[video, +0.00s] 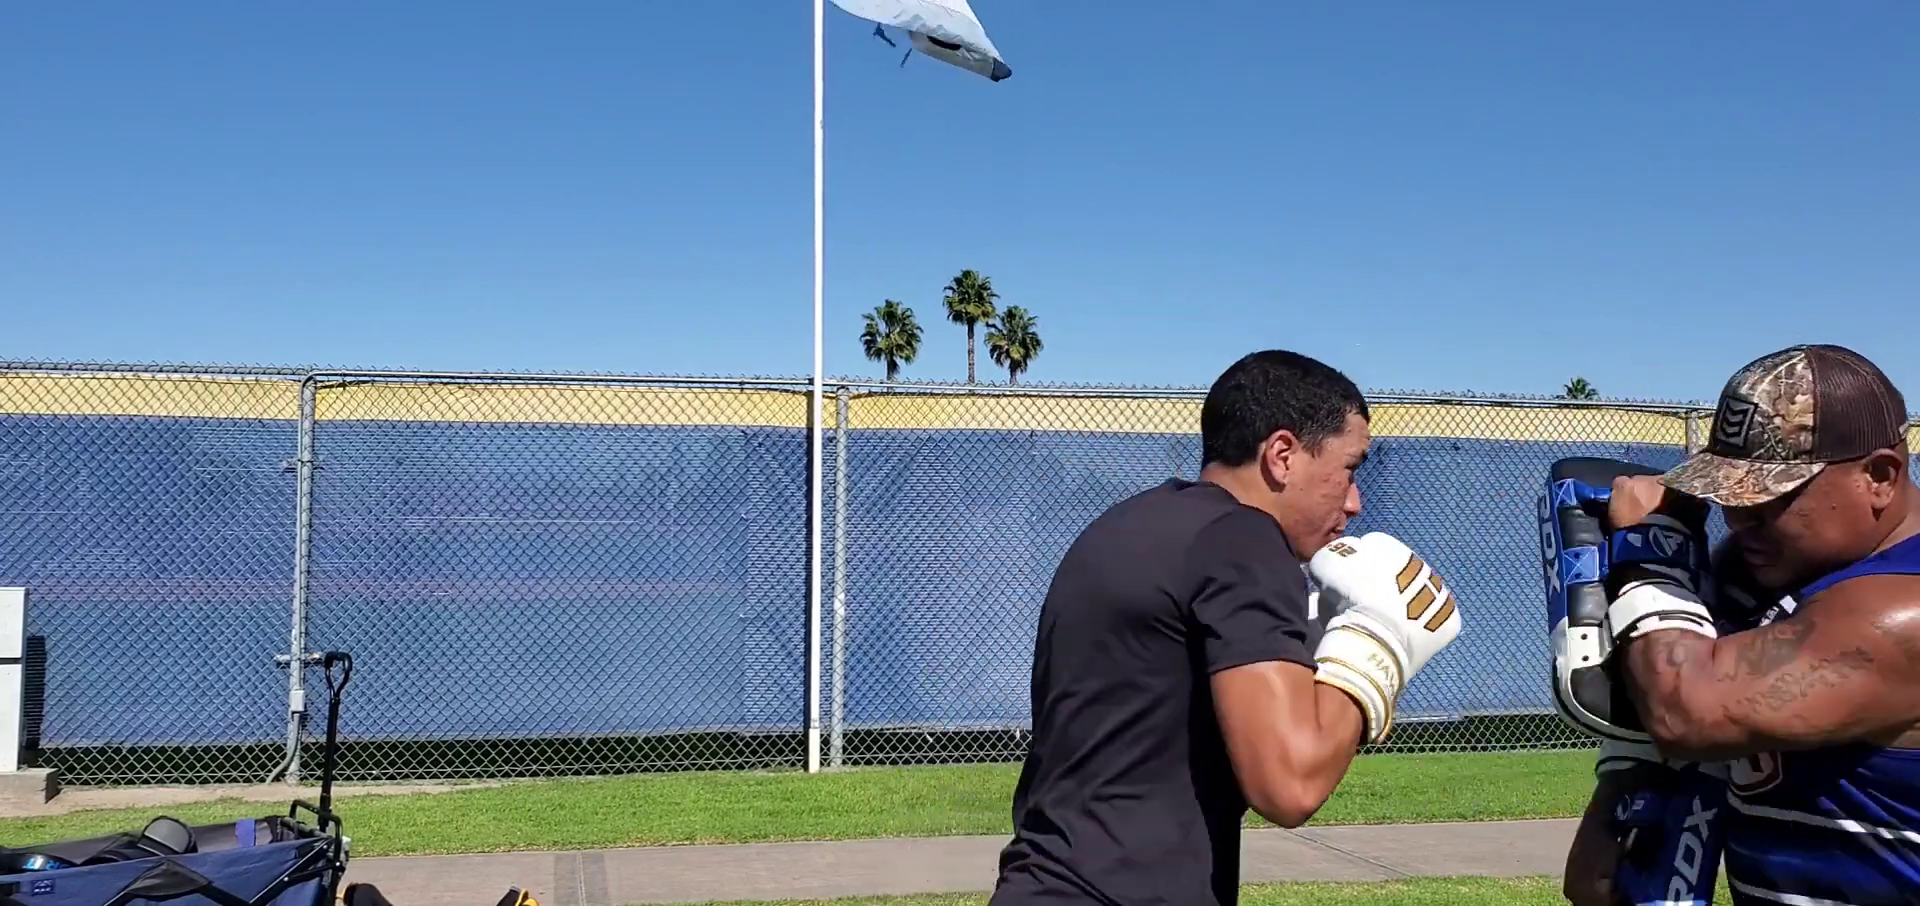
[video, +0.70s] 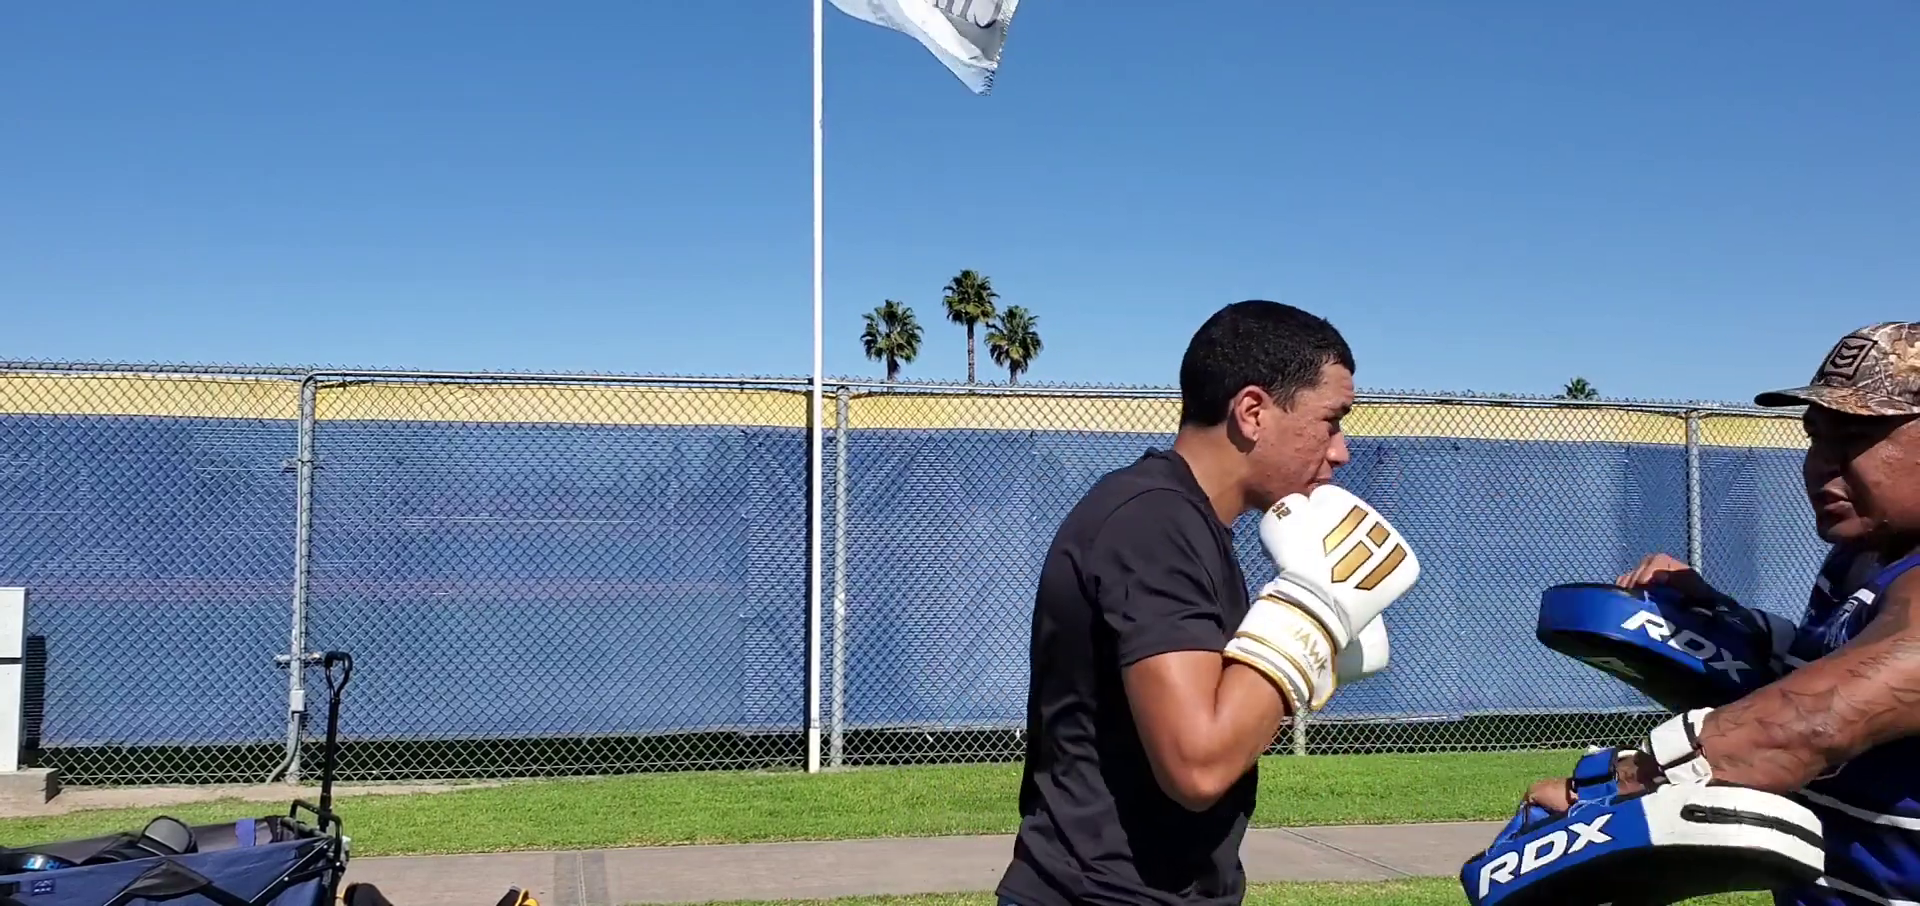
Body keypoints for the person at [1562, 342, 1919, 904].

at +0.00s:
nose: (1740, 519)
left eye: (1770, 498)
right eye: (1734, 495)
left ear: (1881, 480)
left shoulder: (1899, 615)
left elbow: (1687, 708)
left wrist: (1647, 545)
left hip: (1874, 888)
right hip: (1764, 886)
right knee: (1599, 875)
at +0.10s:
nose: (1729, 537)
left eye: (1757, 513)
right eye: (1722, 512)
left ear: (1871, 487)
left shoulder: (1887, 621)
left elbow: (1657, 681)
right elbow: (1582, 870)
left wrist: (1663, 513)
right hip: (1762, 886)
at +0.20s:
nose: (1719, 537)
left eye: (1745, 513)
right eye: (1711, 512)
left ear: (1859, 485)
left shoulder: (1889, 625)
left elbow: (1663, 696)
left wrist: (1651, 517)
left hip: (1876, 894)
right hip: (1758, 888)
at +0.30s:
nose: (1710, 535)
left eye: (1739, 511)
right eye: (1705, 510)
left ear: (1851, 486)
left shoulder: (1878, 621)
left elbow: (1645, 685)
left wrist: (1639, 509)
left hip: (1868, 895)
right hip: (1755, 887)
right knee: (1576, 872)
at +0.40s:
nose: (1758, 527)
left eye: (1800, 506)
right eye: (1749, 490)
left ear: (1902, 502)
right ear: (1732, 468)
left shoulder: (1882, 630)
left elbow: (1636, 672)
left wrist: (1632, 487)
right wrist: (1592, 790)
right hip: (1749, 884)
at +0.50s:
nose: (1796, 520)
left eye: (1841, 501)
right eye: (1790, 480)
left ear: (1914, 510)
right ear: (1775, 463)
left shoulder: (1902, 634)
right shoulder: (1755, 535)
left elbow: (1684, 701)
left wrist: (1629, 576)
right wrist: (1584, 784)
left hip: (1882, 892)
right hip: (1751, 885)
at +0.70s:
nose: (1815, 468)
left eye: (1851, 439)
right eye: (1814, 439)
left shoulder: (1913, 590)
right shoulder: (1856, 562)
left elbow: (1818, 723)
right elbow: (1818, 669)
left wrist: (1607, 785)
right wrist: (1714, 615)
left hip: (1891, 889)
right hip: (1823, 881)